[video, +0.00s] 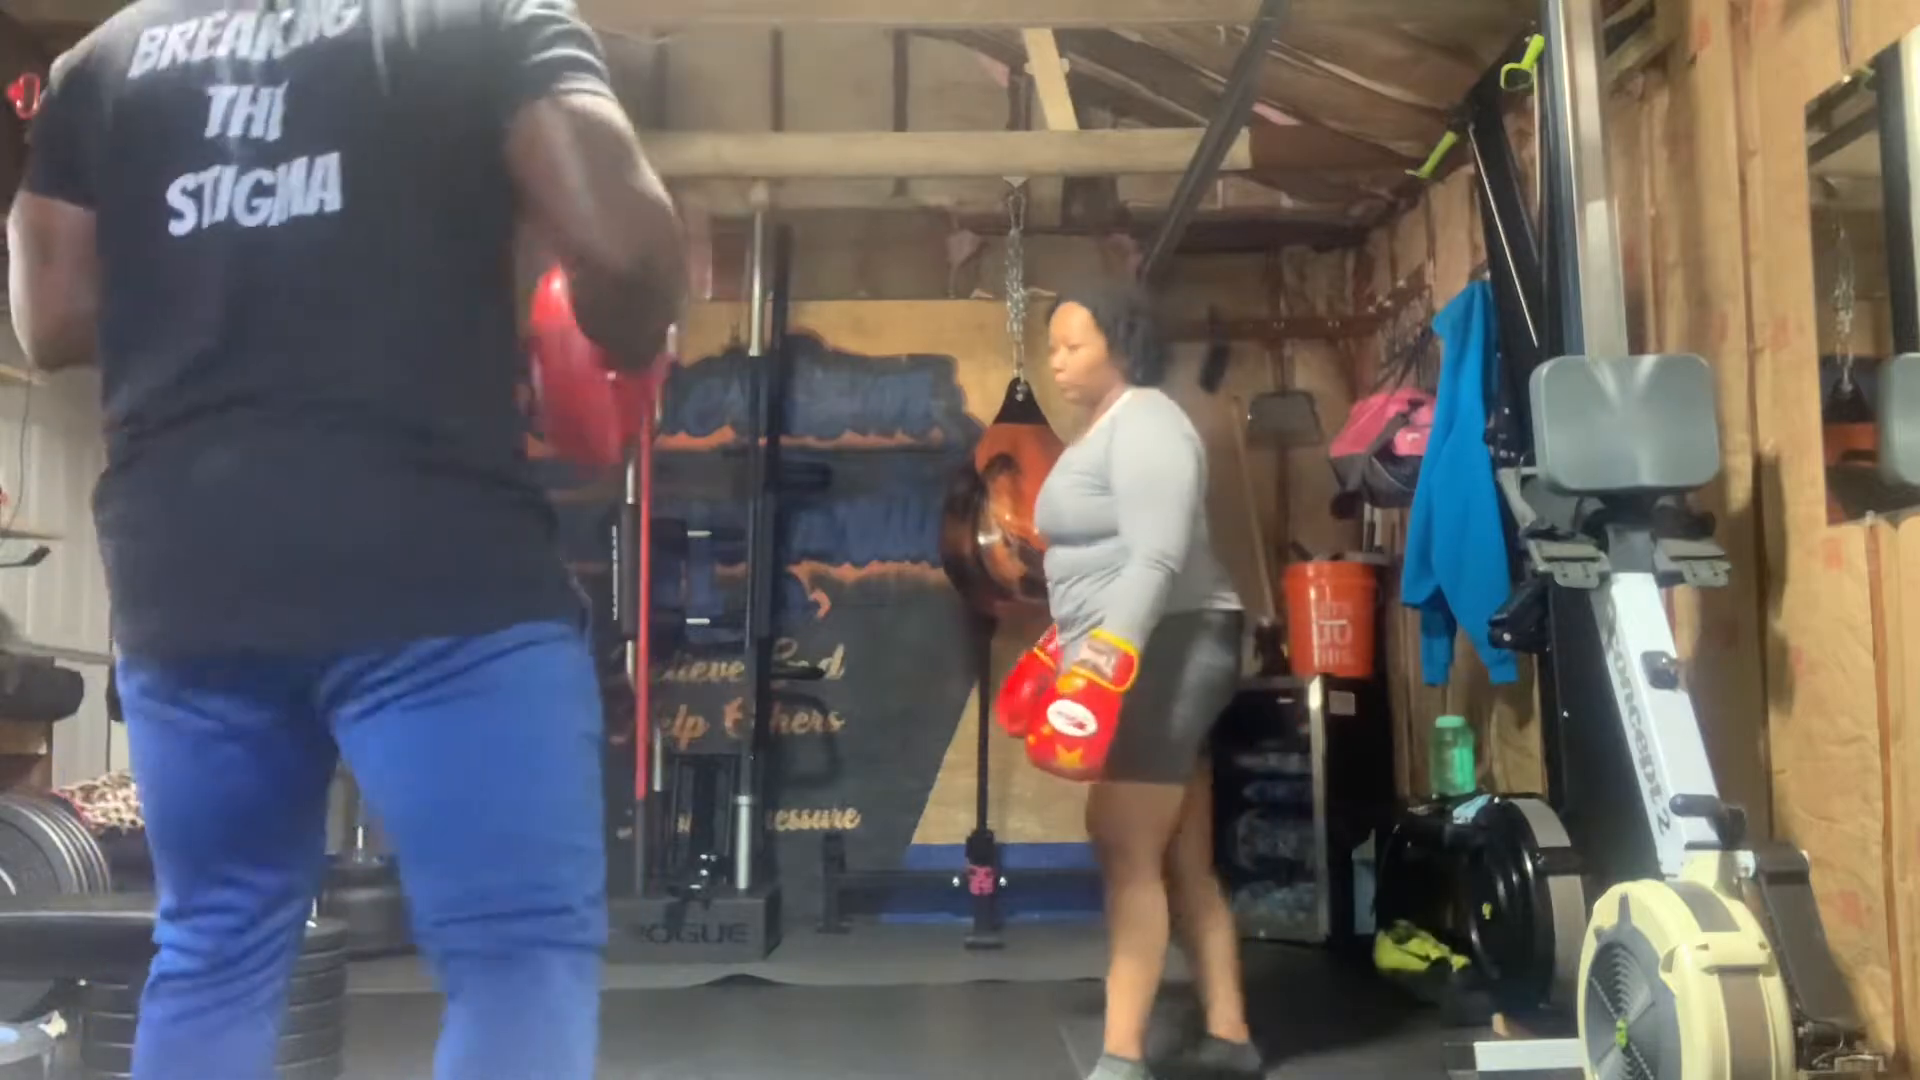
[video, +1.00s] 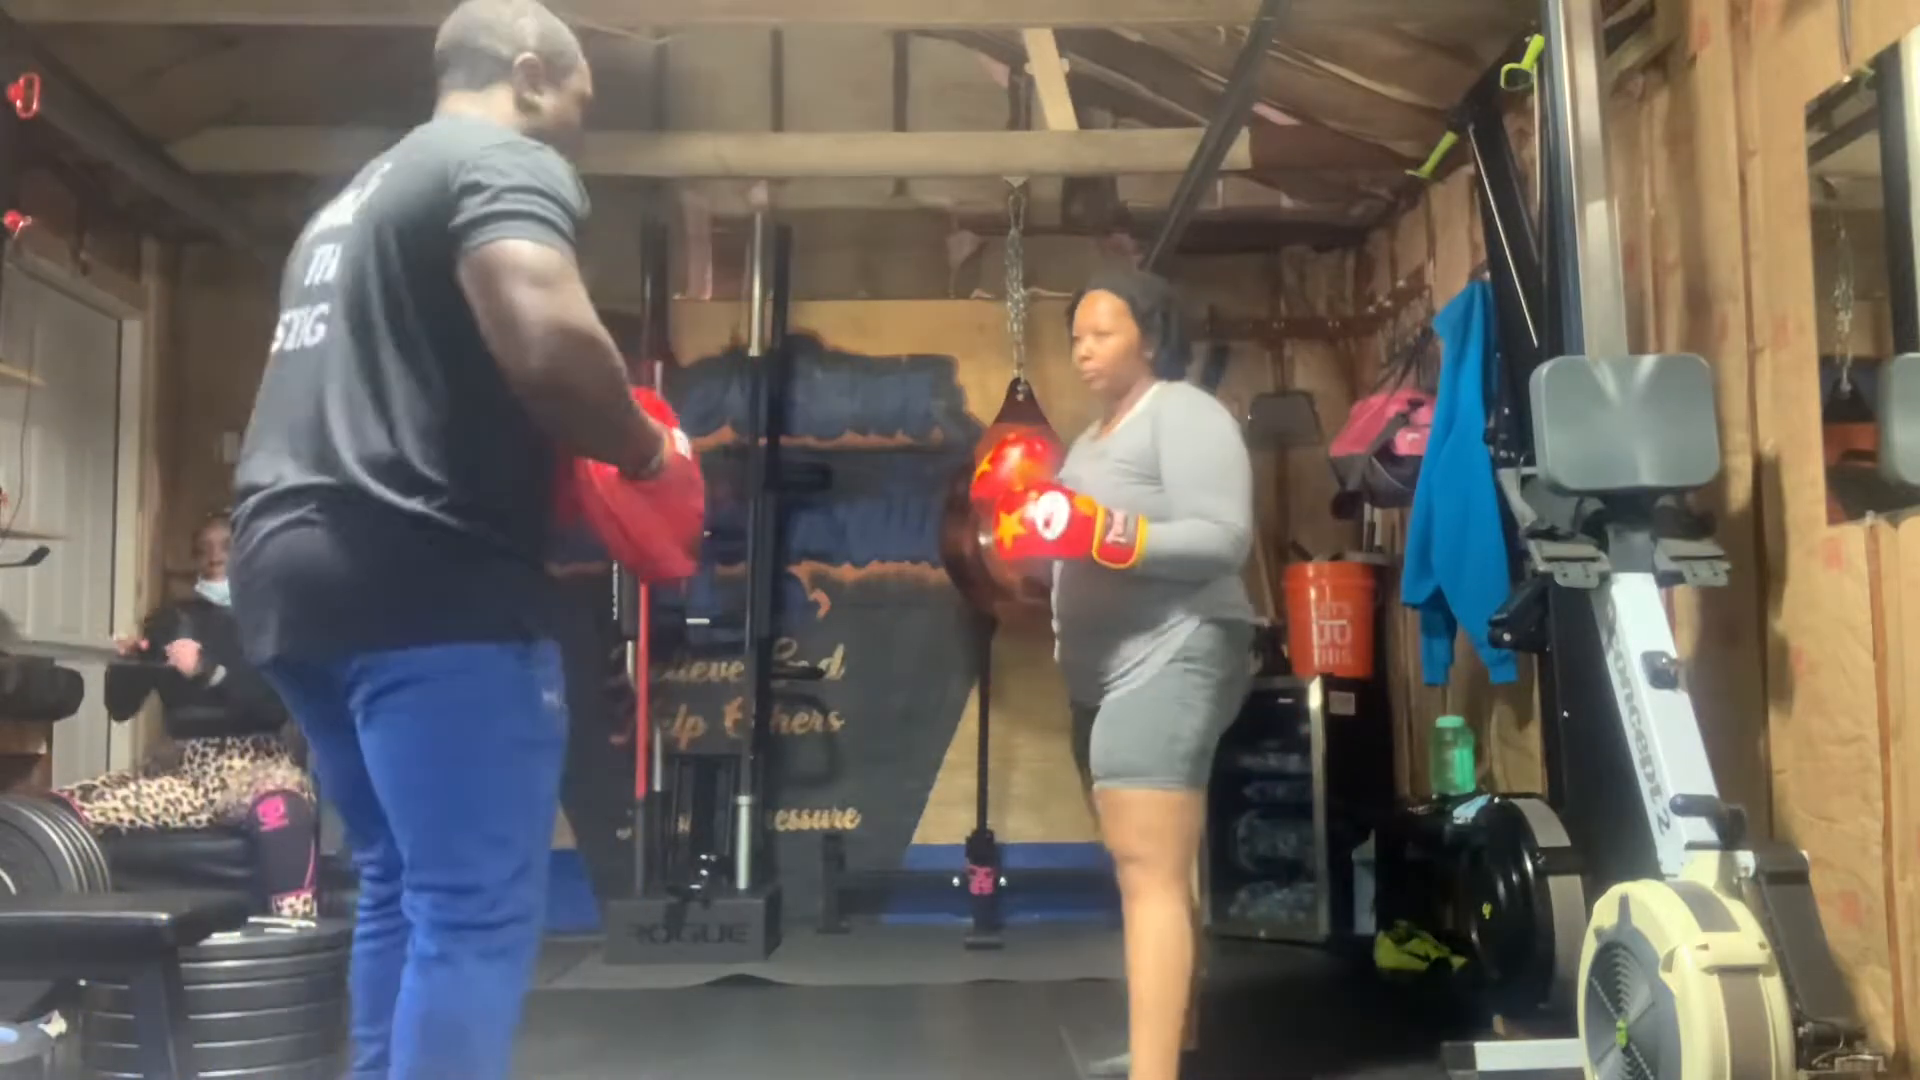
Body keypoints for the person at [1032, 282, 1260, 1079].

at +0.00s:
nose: (1058, 364)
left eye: (1073, 345)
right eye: (1053, 349)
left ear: (1119, 348)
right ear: (1060, 358)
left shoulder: (1148, 422)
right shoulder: (1109, 430)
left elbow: (1158, 555)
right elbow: (1110, 562)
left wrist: (1101, 660)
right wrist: (1060, 648)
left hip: (1175, 634)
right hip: (1157, 635)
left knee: (1127, 840)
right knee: (1186, 855)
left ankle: (1121, 1058)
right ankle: (1229, 1035)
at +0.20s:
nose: (1054, 361)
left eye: (1070, 342)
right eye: (1050, 346)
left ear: (1115, 345)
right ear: (1053, 356)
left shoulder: (1142, 421)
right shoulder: (1101, 430)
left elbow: (1151, 557)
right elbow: (1096, 553)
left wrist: (1103, 684)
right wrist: (1025, 549)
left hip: (1171, 638)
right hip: (1133, 643)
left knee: (1128, 849)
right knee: (1137, 849)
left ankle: (1120, 1059)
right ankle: (1209, 1024)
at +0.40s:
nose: (1067, 361)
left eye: (1082, 345)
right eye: (1062, 347)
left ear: (1127, 348)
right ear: (1066, 355)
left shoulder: (1159, 421)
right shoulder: (1101, 433)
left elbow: (1185, 548)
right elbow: (1102, 555)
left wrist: (1103, 643)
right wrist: (1025, 548)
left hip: (1168, 645)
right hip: (1130, 647)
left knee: (1123, 859)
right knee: (1148, 862)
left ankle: (1120, 1061)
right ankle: (1178, 1045)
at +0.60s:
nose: (1082, 372)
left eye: (1098, 355)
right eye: (1075, 358)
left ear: (1144, 356)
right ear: (1073, 365)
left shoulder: (1187, 422)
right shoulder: (1088, 458)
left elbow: (1217, 536)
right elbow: (1072, 564)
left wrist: (1107, 564)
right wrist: (1012, 571)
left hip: (1189, 649)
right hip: (1111, 663)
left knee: (1088, 829)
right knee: (1154, 869)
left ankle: (1130, 1046)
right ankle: (1177, 1048)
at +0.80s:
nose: (1092, 368)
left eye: (1109, 351)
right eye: (1084, 354)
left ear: (1153, 352)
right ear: (1079, 361)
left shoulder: (1195, 420)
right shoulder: (1086, 454)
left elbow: (1227, 535)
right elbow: (1057, 563)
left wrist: (1118, 529)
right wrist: (1022, 534)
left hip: (1180, 649)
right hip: (1114, 662)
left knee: (1118, 848)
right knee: (1155, 864)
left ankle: (1146, 1068)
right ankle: (1174, 1046)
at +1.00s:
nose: (1083, 351)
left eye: (1100, 334)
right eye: (1078, 337)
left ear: (1147, 337)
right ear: (1079, 347)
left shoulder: (1189, 411)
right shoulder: (1087, 443)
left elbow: (1223, 537)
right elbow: (1072, 550)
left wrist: (1104, 532)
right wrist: (1018, 528)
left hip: (1176, 651)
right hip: (1108, 664)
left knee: (1150, 872)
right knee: (1147, 872)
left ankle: (1153, 1069)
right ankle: (1160, 1058)